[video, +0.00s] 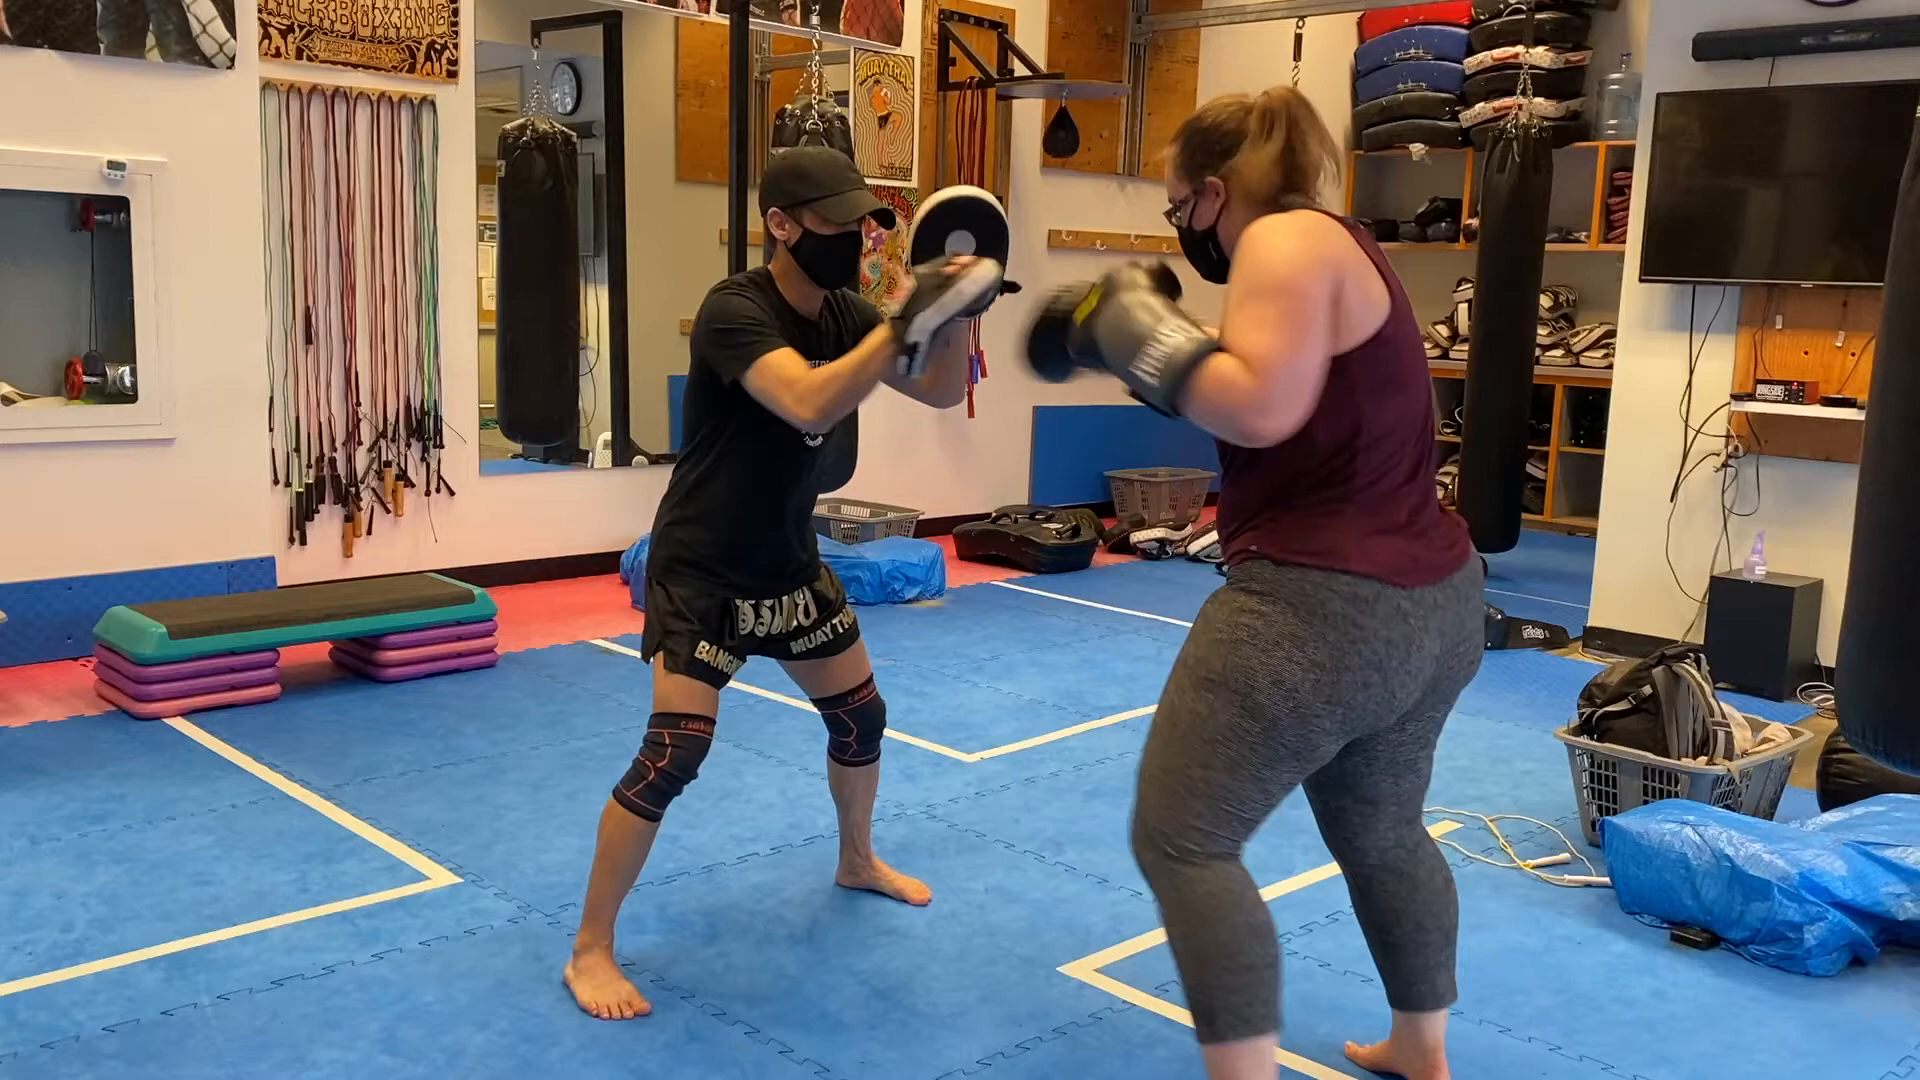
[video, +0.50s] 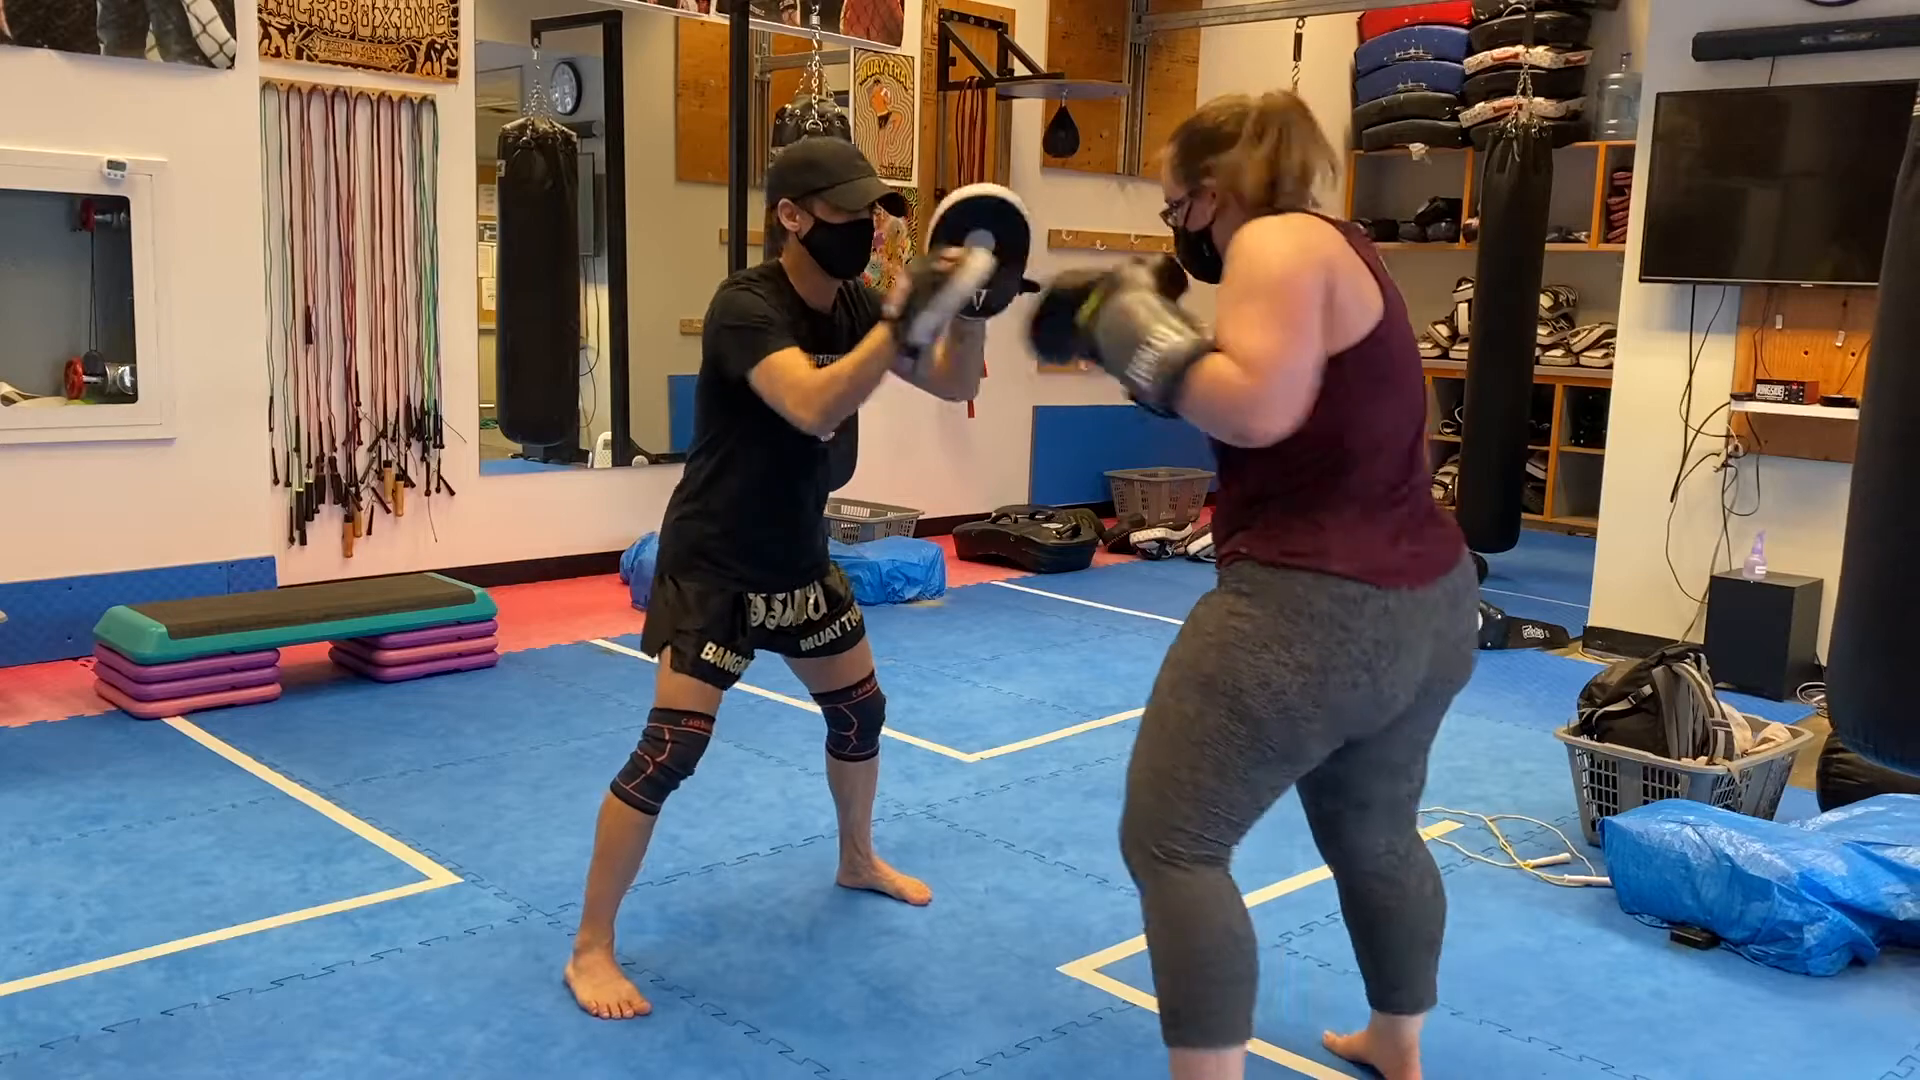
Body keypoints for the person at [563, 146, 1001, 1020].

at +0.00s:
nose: (859, 242)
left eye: (861, 227)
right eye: (843, 228)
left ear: (844, 228)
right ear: (785, 224)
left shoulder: (844, 310)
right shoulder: (731, 313)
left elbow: (940, 388)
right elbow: (809, 405)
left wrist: (953, 306)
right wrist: (902, 319)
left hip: (790, 554)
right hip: (702, 559)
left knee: (859, 717)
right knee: (676, 747)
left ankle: (857, 861)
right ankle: (592, 947)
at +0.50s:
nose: (871, 228)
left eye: (873, 212)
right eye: (854, 213)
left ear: (864, 218)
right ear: (796, 215)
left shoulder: (854, 303)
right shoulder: (743, 308)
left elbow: (954, 382)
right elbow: (816, 406)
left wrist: (959, 296)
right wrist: (901, 318)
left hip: (800, 552)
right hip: (714, 555)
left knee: (859, 712)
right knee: (673, 745)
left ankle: (858, 861)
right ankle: (592, 947)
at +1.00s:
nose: (898, 263)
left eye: (902, 247)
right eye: (880, 250)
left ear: (908, 243)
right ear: (829, 250)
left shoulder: (904, 338)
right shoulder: (777, 335)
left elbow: (1001, 417)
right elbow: (769, 448)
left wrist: (993, 340)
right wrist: (872, 392)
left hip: (834, 562)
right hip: (747, 566)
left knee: (929, 712)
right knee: (704, 745)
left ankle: (932, 856)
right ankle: (599, 941)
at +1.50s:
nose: (763, 266)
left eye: (771, 253)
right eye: (747, 253)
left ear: (778, 253)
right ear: (701, 251)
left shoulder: (794, 346)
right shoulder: (645, 340)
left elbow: (831, 420)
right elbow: (577, 419)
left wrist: (846, 463)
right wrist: (583, 467)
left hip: (760, 560)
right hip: (658, 558)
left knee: (837, 706)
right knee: (593, 714)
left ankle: (912, 846)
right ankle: (608, 811)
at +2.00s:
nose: (678, 232)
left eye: (685, 218)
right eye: (659, 219)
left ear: (695, 222)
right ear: (614, 225)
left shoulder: (714, 321)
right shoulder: (560, 312)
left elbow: (796, 395)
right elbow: (490, 418)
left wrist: (819, 387)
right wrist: (541, 417)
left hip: (673, 540)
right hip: (568, 538)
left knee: (714, 704)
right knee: (489, 698)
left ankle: (696, 848)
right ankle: (519, 795)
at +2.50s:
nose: (552, 217)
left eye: (559, 201)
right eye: (531, 203)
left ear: (570, 200)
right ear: (480, 206)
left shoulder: (594, 303)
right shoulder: (431, 309)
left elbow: (717, 319)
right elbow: (353, 419)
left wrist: (698, 232)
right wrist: (430, 408)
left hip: (563, 549)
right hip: (451, 556)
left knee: (621, 719)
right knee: (413, 725)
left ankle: (650, 906)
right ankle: (410, 840)